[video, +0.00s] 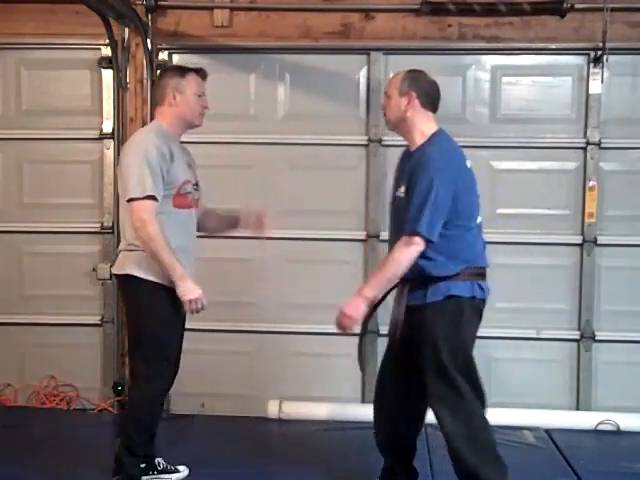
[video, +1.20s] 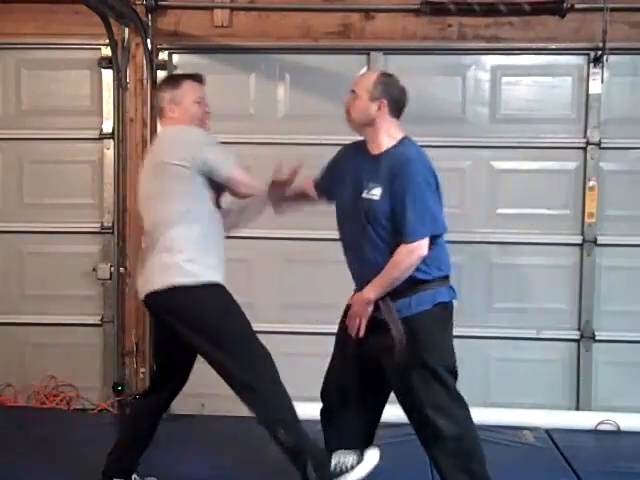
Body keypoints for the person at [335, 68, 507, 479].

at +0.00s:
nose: (382, 105)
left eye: (387, 97)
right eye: (384, 96)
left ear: (410, 102)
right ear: (414, 104)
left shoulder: (436, 157)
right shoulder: (416, 155)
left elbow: (414, 242)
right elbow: (412, 238)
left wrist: (363, 299)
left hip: (449, 293)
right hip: (421, 293)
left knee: (454, 405)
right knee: (394, 403)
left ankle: (487, 476)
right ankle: (398, 474)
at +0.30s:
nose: (412, 106)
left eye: (418, 98)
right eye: (414, 98)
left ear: (443, 103)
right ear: (448, 105)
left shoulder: (443, 161)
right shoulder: (479, 151)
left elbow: (403, 235)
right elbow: (475, 226)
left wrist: (352, 265)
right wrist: (414, 239)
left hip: (461, 301)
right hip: (481, 295)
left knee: (473, 414)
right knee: (421, 402)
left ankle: (499, 479)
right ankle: (401, 475)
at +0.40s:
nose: (419, 108)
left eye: (425, 100)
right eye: (421, 99)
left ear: (451, 104)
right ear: (459, 106)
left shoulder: (442, 163)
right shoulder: (494, 152)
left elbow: (397, 231)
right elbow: (527, 217)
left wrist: (341, 265)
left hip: (460, 302)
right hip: (490, 298)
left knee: (470, 413)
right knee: (420, 401)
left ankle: (498, 478)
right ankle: (401, 475)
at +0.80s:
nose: (404, 109)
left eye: (410, 101)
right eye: (406, 100)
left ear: (435, 108)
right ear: (442, 110)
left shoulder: (435, 163)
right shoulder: (466, 156)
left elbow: (409, 245)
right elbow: (482, 216)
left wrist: (343, 286)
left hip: (440, 307)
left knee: (455, 416)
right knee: (375, 404)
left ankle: (494, 476)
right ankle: (339, 474)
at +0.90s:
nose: (390, 109)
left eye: (396, 101)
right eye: (392, 101)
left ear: (419, 108)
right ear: (425, 109)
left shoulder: (431, 166)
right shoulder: (432, 158)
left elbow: (411, 251)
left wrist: (347, 289)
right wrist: (382, 167)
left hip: (427, 309)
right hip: (395, 307)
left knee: (449, 416)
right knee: (354, 403)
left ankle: (491, 477)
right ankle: (335, 473)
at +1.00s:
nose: (376, 106)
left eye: (382, 99)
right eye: (378, 98)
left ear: (405, 107)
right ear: (406, 108)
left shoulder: (427, 168)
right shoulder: (386, 156)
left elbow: (414, 251)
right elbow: (352, 169)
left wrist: (356, 289)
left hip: (421, 309)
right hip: (378, 307)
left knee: (442, 414)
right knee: (343, 404)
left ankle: (487, 477)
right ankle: (336, 475)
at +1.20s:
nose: (346, 102)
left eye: (354, 96)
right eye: (349, 94)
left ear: (380, 108)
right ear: (377, 107)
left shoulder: (409, 163)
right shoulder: (351, 156)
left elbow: (416, 246)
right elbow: (316, 190)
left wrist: (368, 294)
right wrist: (282, 193)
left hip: (418, 306)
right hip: (369, 305)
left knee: (437, 416)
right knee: (343, 404)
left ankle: (469, 476)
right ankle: (342, 477)